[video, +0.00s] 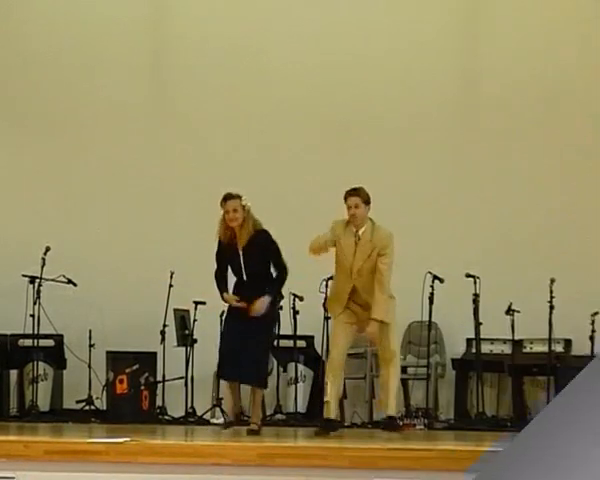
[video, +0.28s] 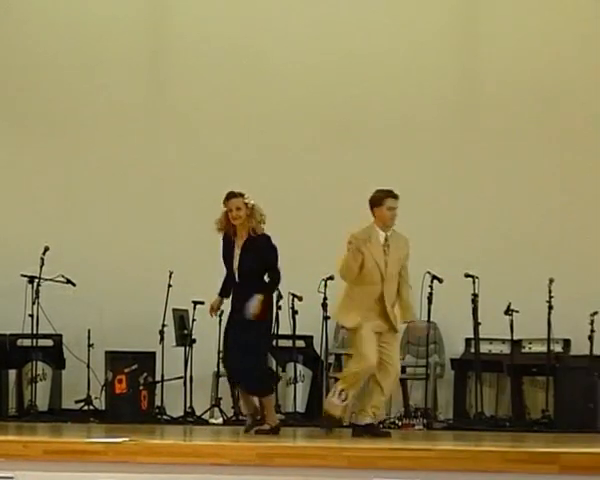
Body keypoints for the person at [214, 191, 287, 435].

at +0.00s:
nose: (232, 216)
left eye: (236, 211)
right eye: (228, 212)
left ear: (245, 211)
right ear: (223, 215)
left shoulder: (262, 237)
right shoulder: (225, 240)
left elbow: (282, 270)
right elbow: (221, 271)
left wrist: (268, 297)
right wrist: (225, 294)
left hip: (264, 303)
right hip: (239, 301)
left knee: (257, 355)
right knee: (230, 353)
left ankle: (256, 415)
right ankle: (235, 410)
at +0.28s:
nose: (235, 213)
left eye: (239, 209)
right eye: (231, 210)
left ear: (248, 210)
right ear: (226, 214)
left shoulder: (262, 240)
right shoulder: (228, 239)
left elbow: (274, 276)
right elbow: (231, 273)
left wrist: (260, 296)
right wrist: (220, 297)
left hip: (260, 304)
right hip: (238, 303)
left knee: (256, 358)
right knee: (232, 357)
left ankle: (271, 419)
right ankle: (252, 412)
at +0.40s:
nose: (228, 217)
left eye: (233, 212)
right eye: (224, 213)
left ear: (241, 213)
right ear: (220, 217)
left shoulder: (250, 242)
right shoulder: (224, 244)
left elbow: (248, 280)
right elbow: (234, 280)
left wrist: (224, 281)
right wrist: (226, 308)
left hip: (254, 304)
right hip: (235, 304)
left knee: (252, 360)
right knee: (213, 358)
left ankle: (268, 420)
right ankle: (212, 414)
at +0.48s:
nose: (222, 213)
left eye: (226, 208)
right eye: (217, 209)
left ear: (234, 209)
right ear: (214, 213)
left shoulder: (242, 237)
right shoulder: (220, 240)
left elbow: (235, 274)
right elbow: (224, 273)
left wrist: (209, 255)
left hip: (245, 301)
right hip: (229, 301)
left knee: (250, 358)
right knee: (211, 356)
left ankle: (265, 420)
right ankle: (186, 414)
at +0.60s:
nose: (210, 206)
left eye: (214, 201)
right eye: (206, 202)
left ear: (223, 201)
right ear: (203, 206)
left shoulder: (229, 226)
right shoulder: (212, 229)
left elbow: (211, 253)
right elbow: (213, 263)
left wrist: (186, 229)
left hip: (231, 297)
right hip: (214, 297)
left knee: (243, 355)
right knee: (196, 351)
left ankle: (265, 417)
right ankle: (180, 413)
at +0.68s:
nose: (202, 204)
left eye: (206, 199)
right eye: (198, 201)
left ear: (216, 200)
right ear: (194, 205)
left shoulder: (219, 224)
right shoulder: (202, 227)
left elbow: (204, 250)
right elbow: (205, 265)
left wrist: (171, 231)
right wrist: (201, 298)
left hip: (219, 299)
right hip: (203, 299)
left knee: (236, 354)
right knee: (189, 354)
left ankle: (264, 413)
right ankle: (184, 415)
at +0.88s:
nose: (182, 211)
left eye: (186, 206)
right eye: (179, 207)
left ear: (196, 207)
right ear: (177, 210)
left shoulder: (197, 236)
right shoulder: (189, 236)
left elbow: (184, 272)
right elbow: (180, 272)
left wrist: (157, 291)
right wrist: (161, 291)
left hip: (195, 303)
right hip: (187, 302)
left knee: (184, 358)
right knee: (176, 357)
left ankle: (234, 380)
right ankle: (186, 415)